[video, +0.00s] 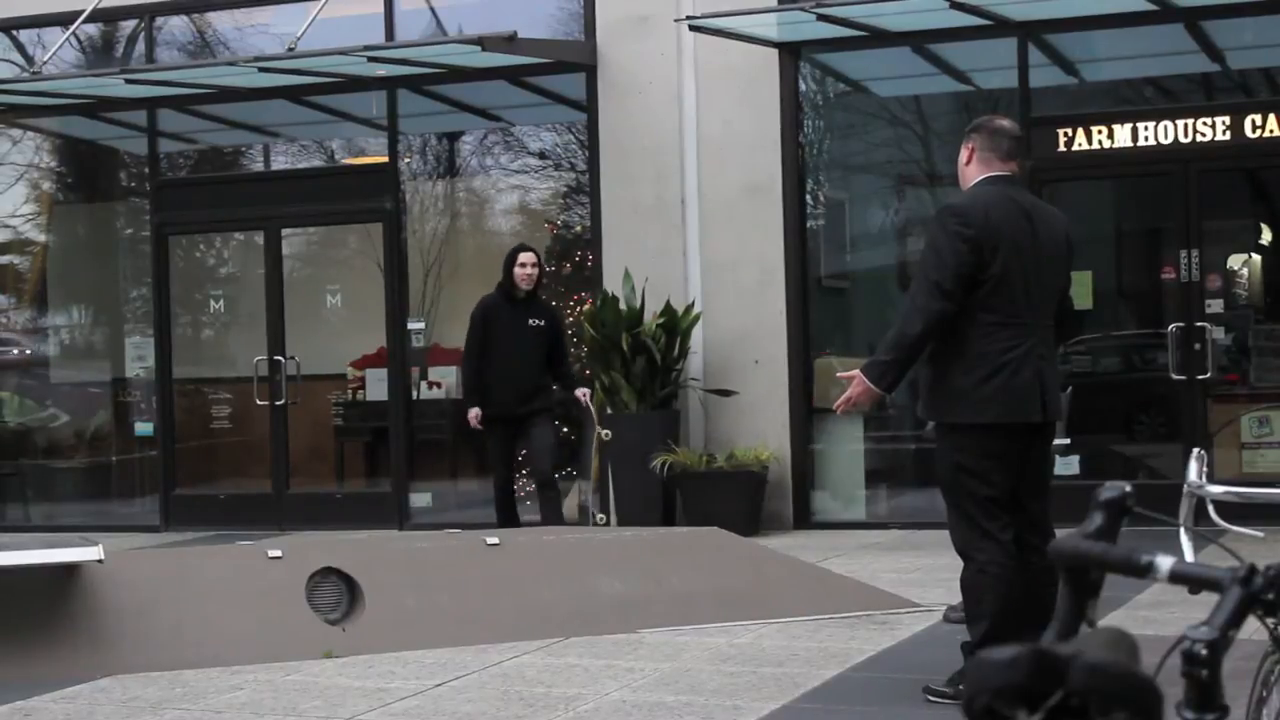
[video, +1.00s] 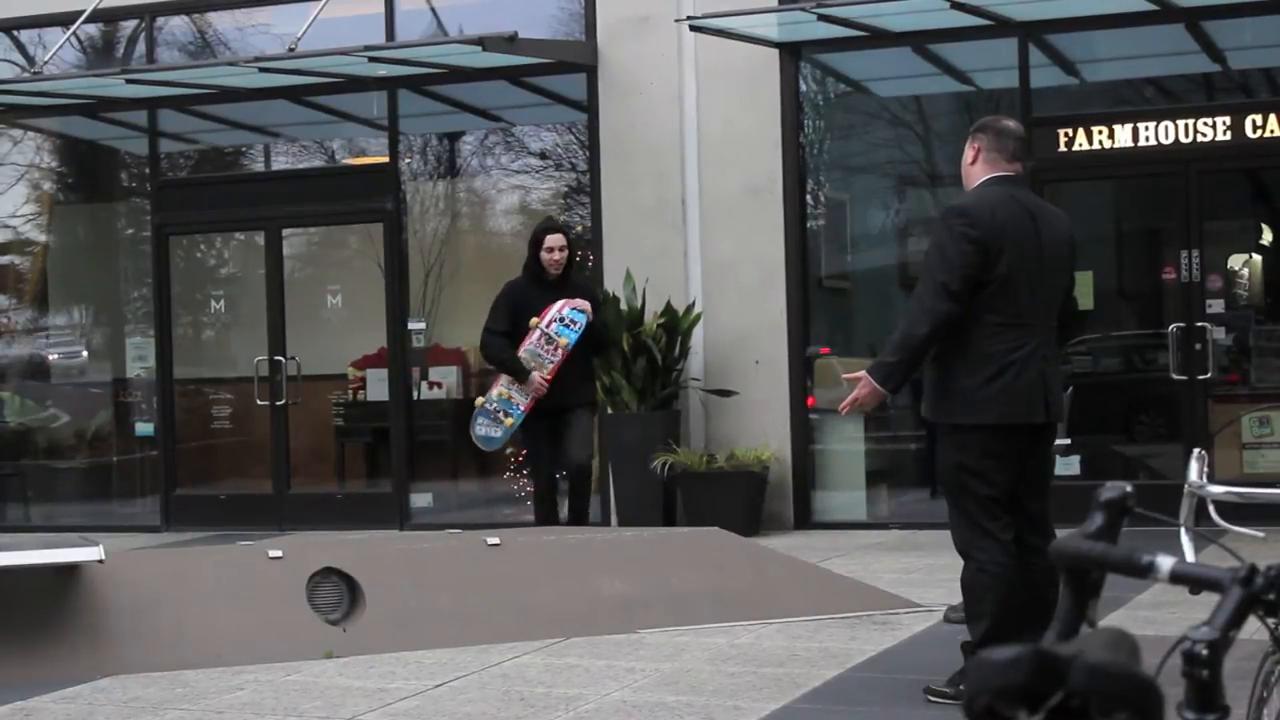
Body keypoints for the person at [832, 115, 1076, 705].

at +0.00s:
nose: (957, 166)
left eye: (959, 157)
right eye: (960, 158)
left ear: (969, 155)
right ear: (1020, 163)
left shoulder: (963, 215)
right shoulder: (1049, 221)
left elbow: (928, 307)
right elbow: (1065, 317)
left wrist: (877, 375)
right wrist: (1021, 349)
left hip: (972, 407)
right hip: (1033, 407)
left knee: (982, 539)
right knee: (1029, 533)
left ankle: (987, 674)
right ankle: (1032, 667)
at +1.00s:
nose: (960, 166)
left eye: (963, 156)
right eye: (964, 157)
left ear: (974, 154)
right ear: (1022, 161)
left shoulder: (968, 216)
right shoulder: (1052, 221)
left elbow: (932, 308)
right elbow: (1068, 316)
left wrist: (883, 376)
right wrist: (1025, 352)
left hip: (973, 407)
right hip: (1034, 407)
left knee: (982, 539)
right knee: (1029, 531)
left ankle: (988, 674)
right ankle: (1030, 665)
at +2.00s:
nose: (956, 165)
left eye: (958, 155)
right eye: (959, 156)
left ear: (971, 153)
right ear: (1019, 161)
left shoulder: (965, 217)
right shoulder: (1048, 221)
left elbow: (931, 308)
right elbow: (1065, 317)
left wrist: (882, 376)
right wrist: (1023, 350)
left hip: (973, 408)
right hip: (1032, 407)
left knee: (981, 538)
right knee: (1027, 532)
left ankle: (986, 674)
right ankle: (1028, 667)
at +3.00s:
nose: (956, 164)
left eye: (959, 153)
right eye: (959, 155)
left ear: (973, 151)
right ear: (1019, 159)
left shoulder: (969, 218)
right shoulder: (1049, 221)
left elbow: (937, 311)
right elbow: (1063, 320)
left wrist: (889, 377)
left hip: (976, 408)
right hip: (1034, 408)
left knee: (983, 539)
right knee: (1029, 531)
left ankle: (988, 674)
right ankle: (1027, 666)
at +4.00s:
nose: (940, 168)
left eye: (945, 155)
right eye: (942, 157)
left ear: (971, 155)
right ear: (993, 155)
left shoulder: (967, 217)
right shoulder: (1042, 221)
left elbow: (938, 312)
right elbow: (1055, 318)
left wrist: (890, 378)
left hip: (975, 408)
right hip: (1031, 407)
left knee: (983, 539)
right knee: (1028, 533)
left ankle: (987, 675)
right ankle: (1027, 666)